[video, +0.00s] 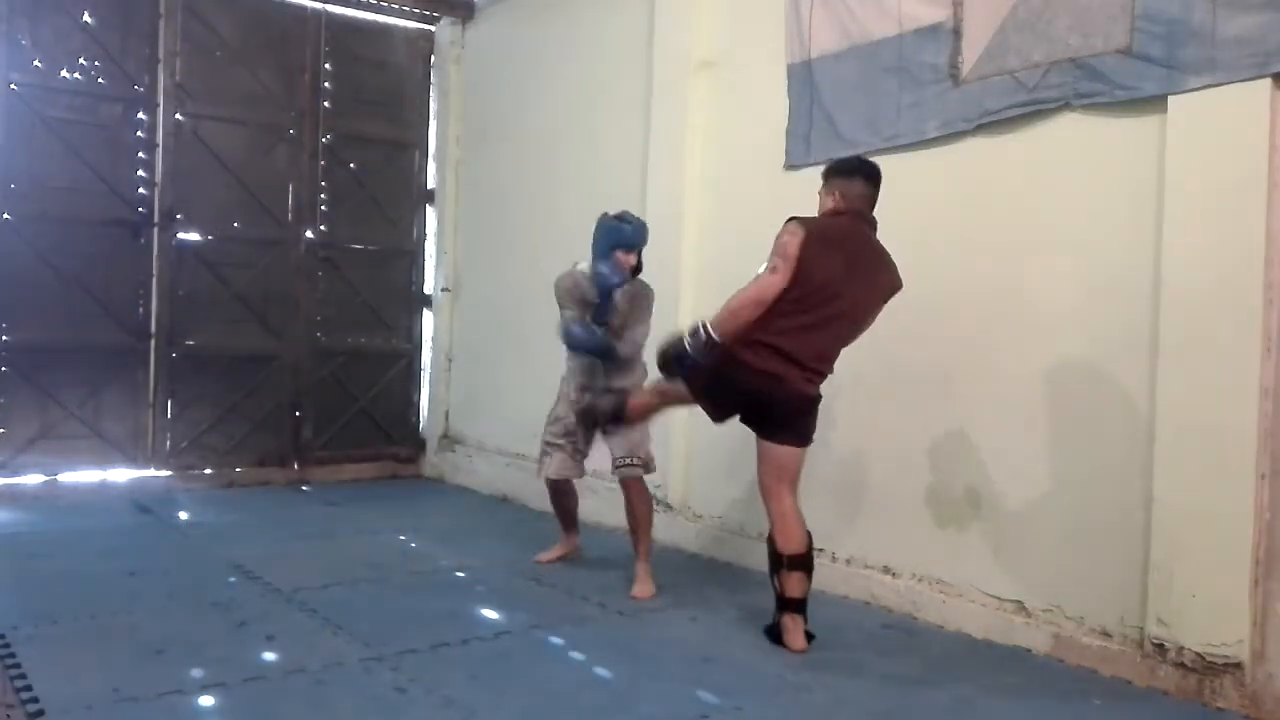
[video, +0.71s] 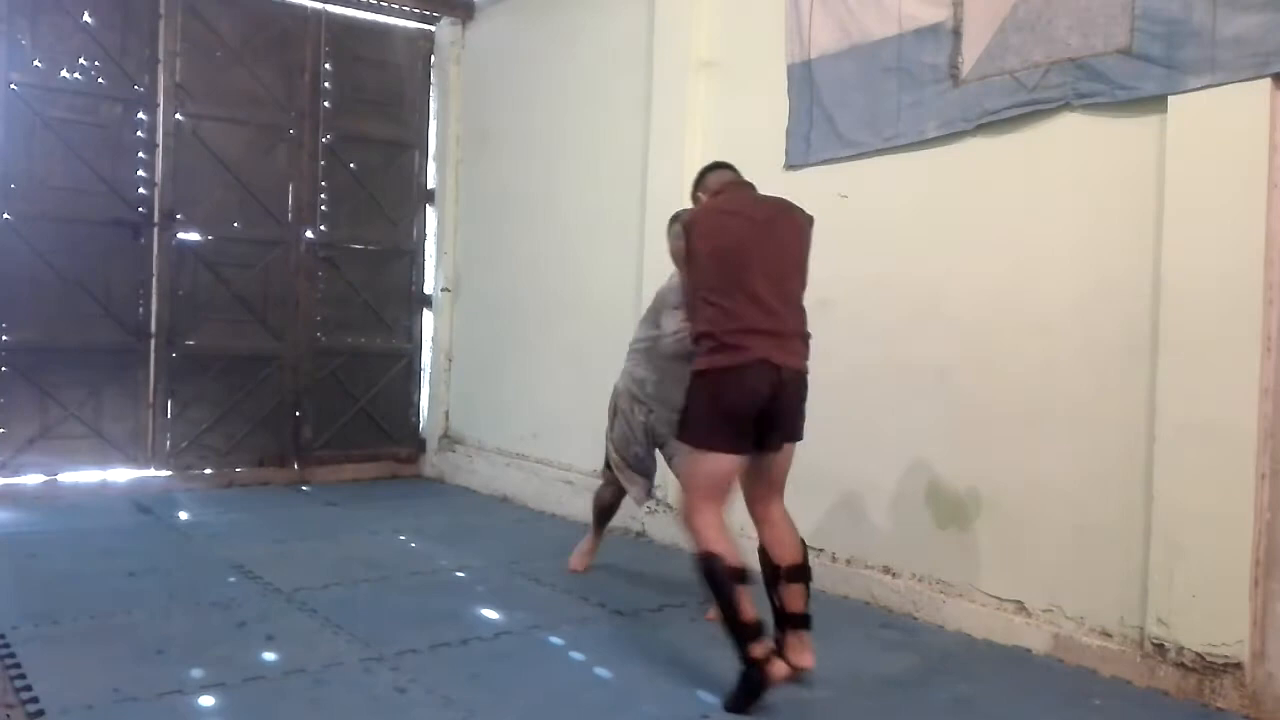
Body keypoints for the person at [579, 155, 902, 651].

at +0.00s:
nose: (820, 202)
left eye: (823, 194)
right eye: (824, 194)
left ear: (834, 198)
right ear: (872, 204)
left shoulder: (802, 232)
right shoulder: (887, 275)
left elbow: (767, 289)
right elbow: (843, 334)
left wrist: (704, 338)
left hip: (738, 366)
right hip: (795, 396)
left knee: (665, 392)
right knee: (782, 497)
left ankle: (610, 413)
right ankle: (794, 625)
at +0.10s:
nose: (818, 200)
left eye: (820, 192)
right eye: (820, 193)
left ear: (831, 194)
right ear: (870, 200)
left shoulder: (801, 228)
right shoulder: (889, 270)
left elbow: (756, 288)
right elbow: (846, 330)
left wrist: (687, 315)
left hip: (743, 367)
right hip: (802, 393)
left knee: (668, 412)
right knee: (786, 495)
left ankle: (613, 473)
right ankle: (793, 623)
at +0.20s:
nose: (803, 196)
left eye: (804, 188)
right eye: (804, 189)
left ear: (816, 189)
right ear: (855, 192)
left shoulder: (788, 226)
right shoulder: (882, 257)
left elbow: (728, 292)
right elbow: (840, 310)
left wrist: (704, 260)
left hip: (750, 378)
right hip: (812, 394)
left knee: (688, 446)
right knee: (795, 497)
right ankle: (796, 627)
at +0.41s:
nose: (761, 211)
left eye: (760, 204)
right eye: (763, 204)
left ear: (769, 198)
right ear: (810, 192)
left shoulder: (762, 230)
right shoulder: (852, 237)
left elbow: (737, 300)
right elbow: (817, 291)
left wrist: (741, 249)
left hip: (755, 388)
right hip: (820, 395)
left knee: (717, 494)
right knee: (800, 505)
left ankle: (743, 616)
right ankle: (801, 630)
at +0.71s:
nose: (699, 206)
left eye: (698, 199)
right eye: (701, 198)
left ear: (704, 193)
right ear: (744, 183)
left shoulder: (693, 221)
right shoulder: (797, 217)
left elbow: (697, 288)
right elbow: (785, 281)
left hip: (726, 378)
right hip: (788, 380)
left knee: (704, 510)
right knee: (769, 500)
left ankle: (758, 656)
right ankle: (798, 642)